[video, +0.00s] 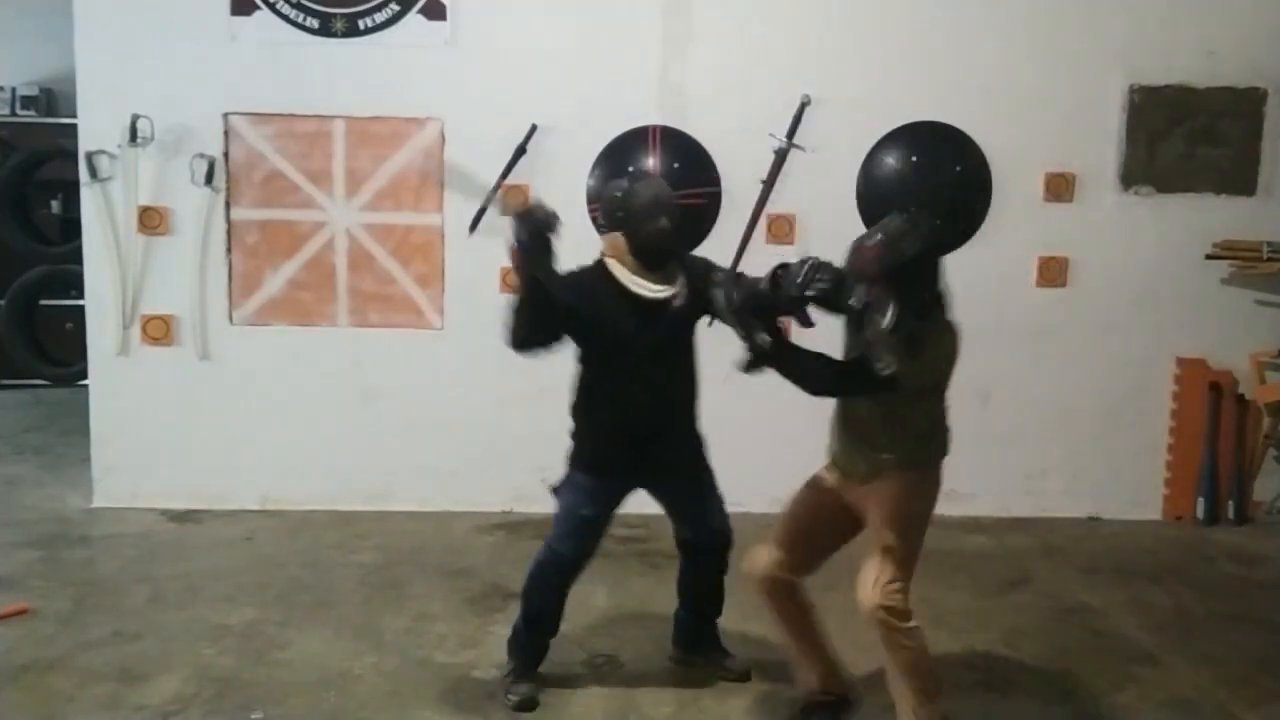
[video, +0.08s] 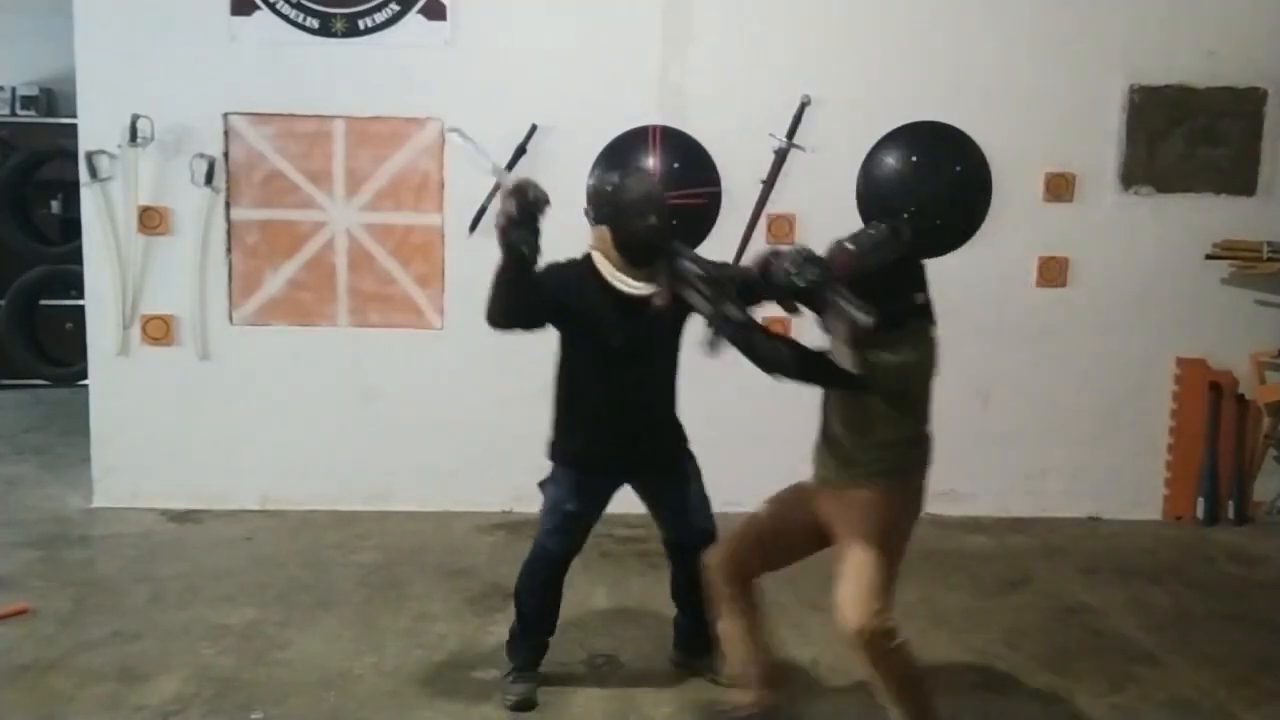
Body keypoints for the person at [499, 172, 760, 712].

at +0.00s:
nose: (671, 229)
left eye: (676, 216)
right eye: (657, 217)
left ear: (683, 223)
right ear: (621, 222)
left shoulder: (693, 279)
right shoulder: (586, 287)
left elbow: (746, 300)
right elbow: (528, 334)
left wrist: (785, 288)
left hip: (676, 452)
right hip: (604, 456)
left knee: (710, 539)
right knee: (564, 552)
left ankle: (696, 645)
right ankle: (523, 666)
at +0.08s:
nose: (652, 228)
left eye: (661, 214)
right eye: (639, 215)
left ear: (672, 222)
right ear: (605, 221)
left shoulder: (680, 278)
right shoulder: (573, 281)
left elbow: (739, 284)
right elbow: (506, 313)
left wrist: (775, 274)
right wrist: (518, 242)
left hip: (659, 449)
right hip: (587, 453)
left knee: (694, 542)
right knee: (549, 554)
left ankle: (696, 648)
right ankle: (524, 665)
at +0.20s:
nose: (630, 233)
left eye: (639, 223)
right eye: (619, 222)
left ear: (650, 226)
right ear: (590, 222)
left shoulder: (656, 275)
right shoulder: (554, 272)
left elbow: (712, 269)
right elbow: (491, 291)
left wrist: (745, 234)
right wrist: (513, 223)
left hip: (642, 443)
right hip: (567, 449)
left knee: (684, 543)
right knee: (543, 554)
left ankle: (709, 662)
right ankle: (520, 665)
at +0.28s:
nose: (614, 229)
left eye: (618, 217)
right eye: (600, 219)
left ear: (627, 215)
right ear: (568, 221)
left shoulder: (641, 264)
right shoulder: (535, 269)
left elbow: (706, 251)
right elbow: (471, 290)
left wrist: (743, 208)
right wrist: (492, 225)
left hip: (633, 441)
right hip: (558, 446)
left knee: (671, 548)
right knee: (538, 554)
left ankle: (695, 664)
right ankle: (520, 667)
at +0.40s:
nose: (602, 214)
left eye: (601, 204)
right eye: (591, 205)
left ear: (594, 214)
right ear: (563, 214)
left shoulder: (626, 263)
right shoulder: (517, 275)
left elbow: (697, 223)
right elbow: (444, 313)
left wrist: (739, 156)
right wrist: (417, 262)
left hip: (617, 436)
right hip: (545, 441)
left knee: (640, 534)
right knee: (529, 550)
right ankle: (518, 665)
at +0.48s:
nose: (584, 225)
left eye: (590, 214)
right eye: (571, 217)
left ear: (601, 217)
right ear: (543, 228)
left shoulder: (625, 265)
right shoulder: (517, 284)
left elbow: (691, 227)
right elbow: (447, 323)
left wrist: (722, 166)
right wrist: (387, 292)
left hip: (607, 436)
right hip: (541, 438)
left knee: (611, 536)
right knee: (529, 542)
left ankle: (577, 594)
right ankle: (516, 665)